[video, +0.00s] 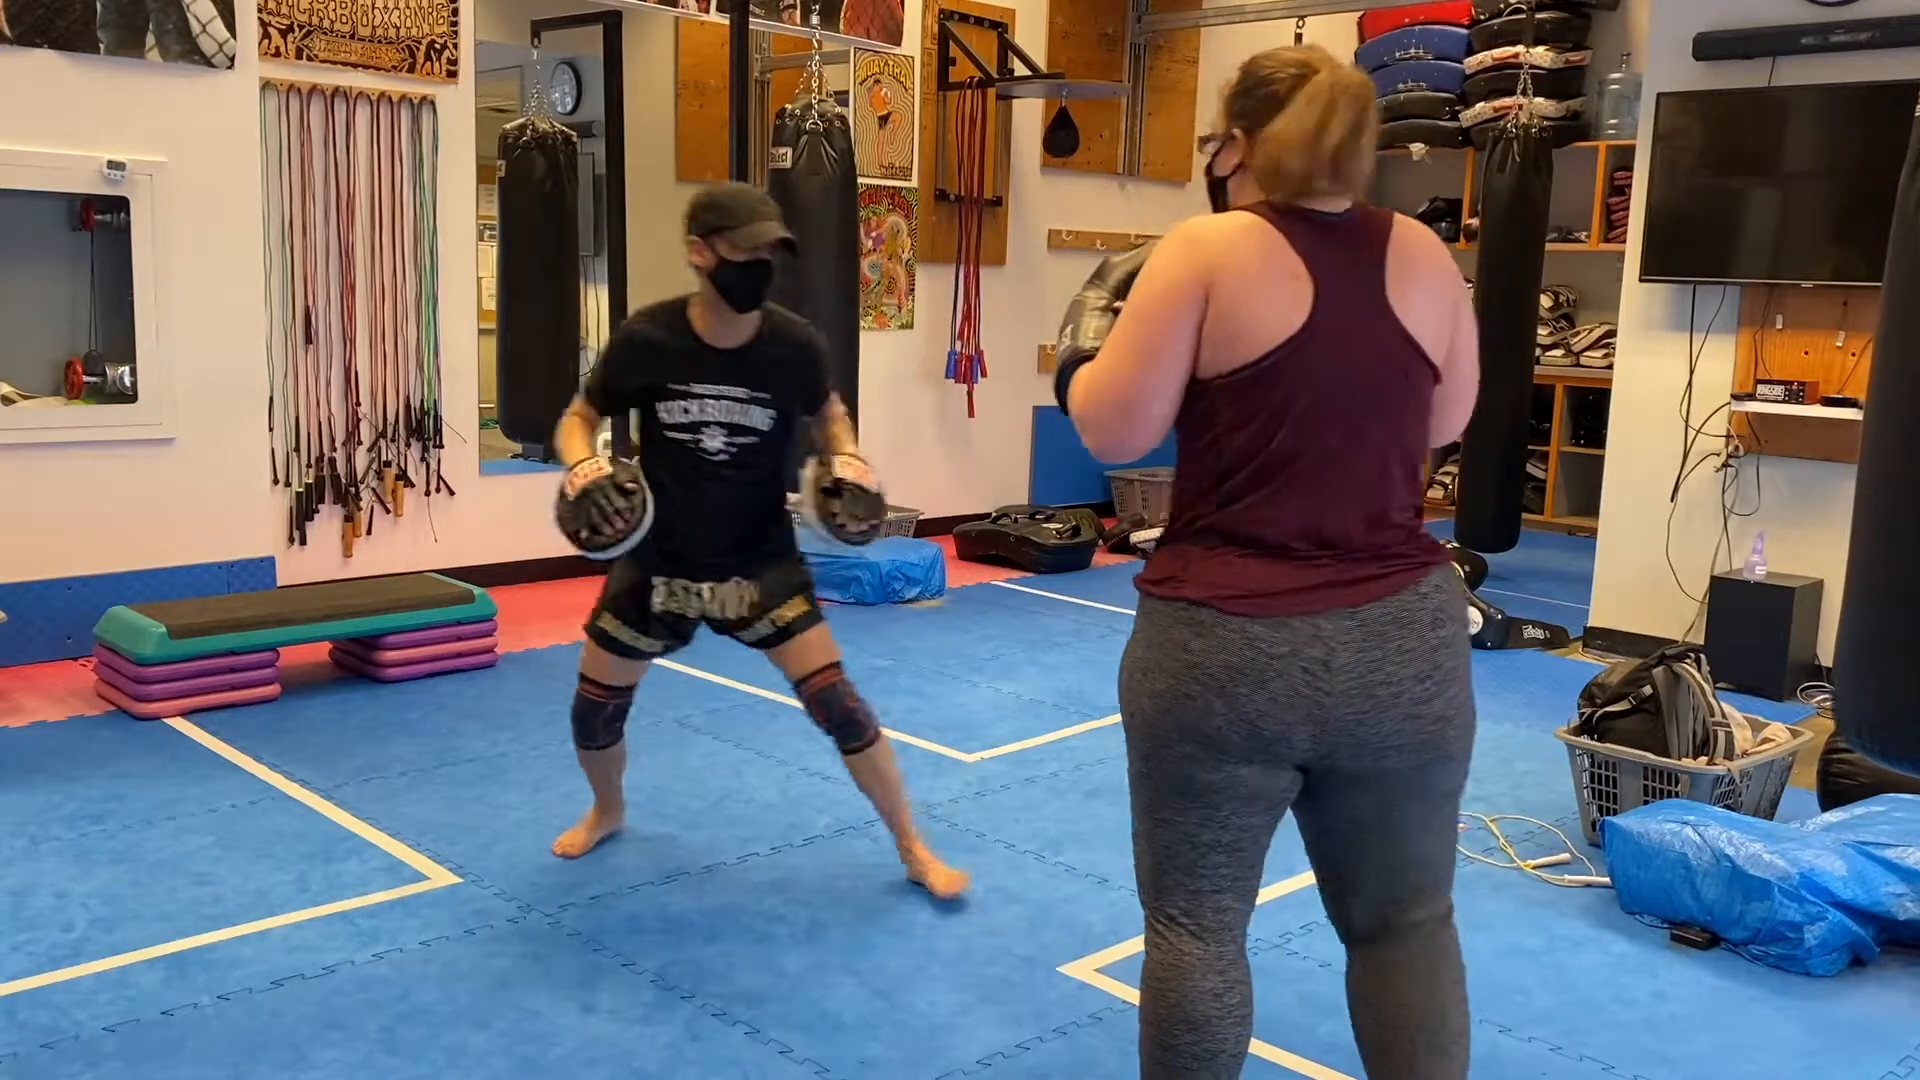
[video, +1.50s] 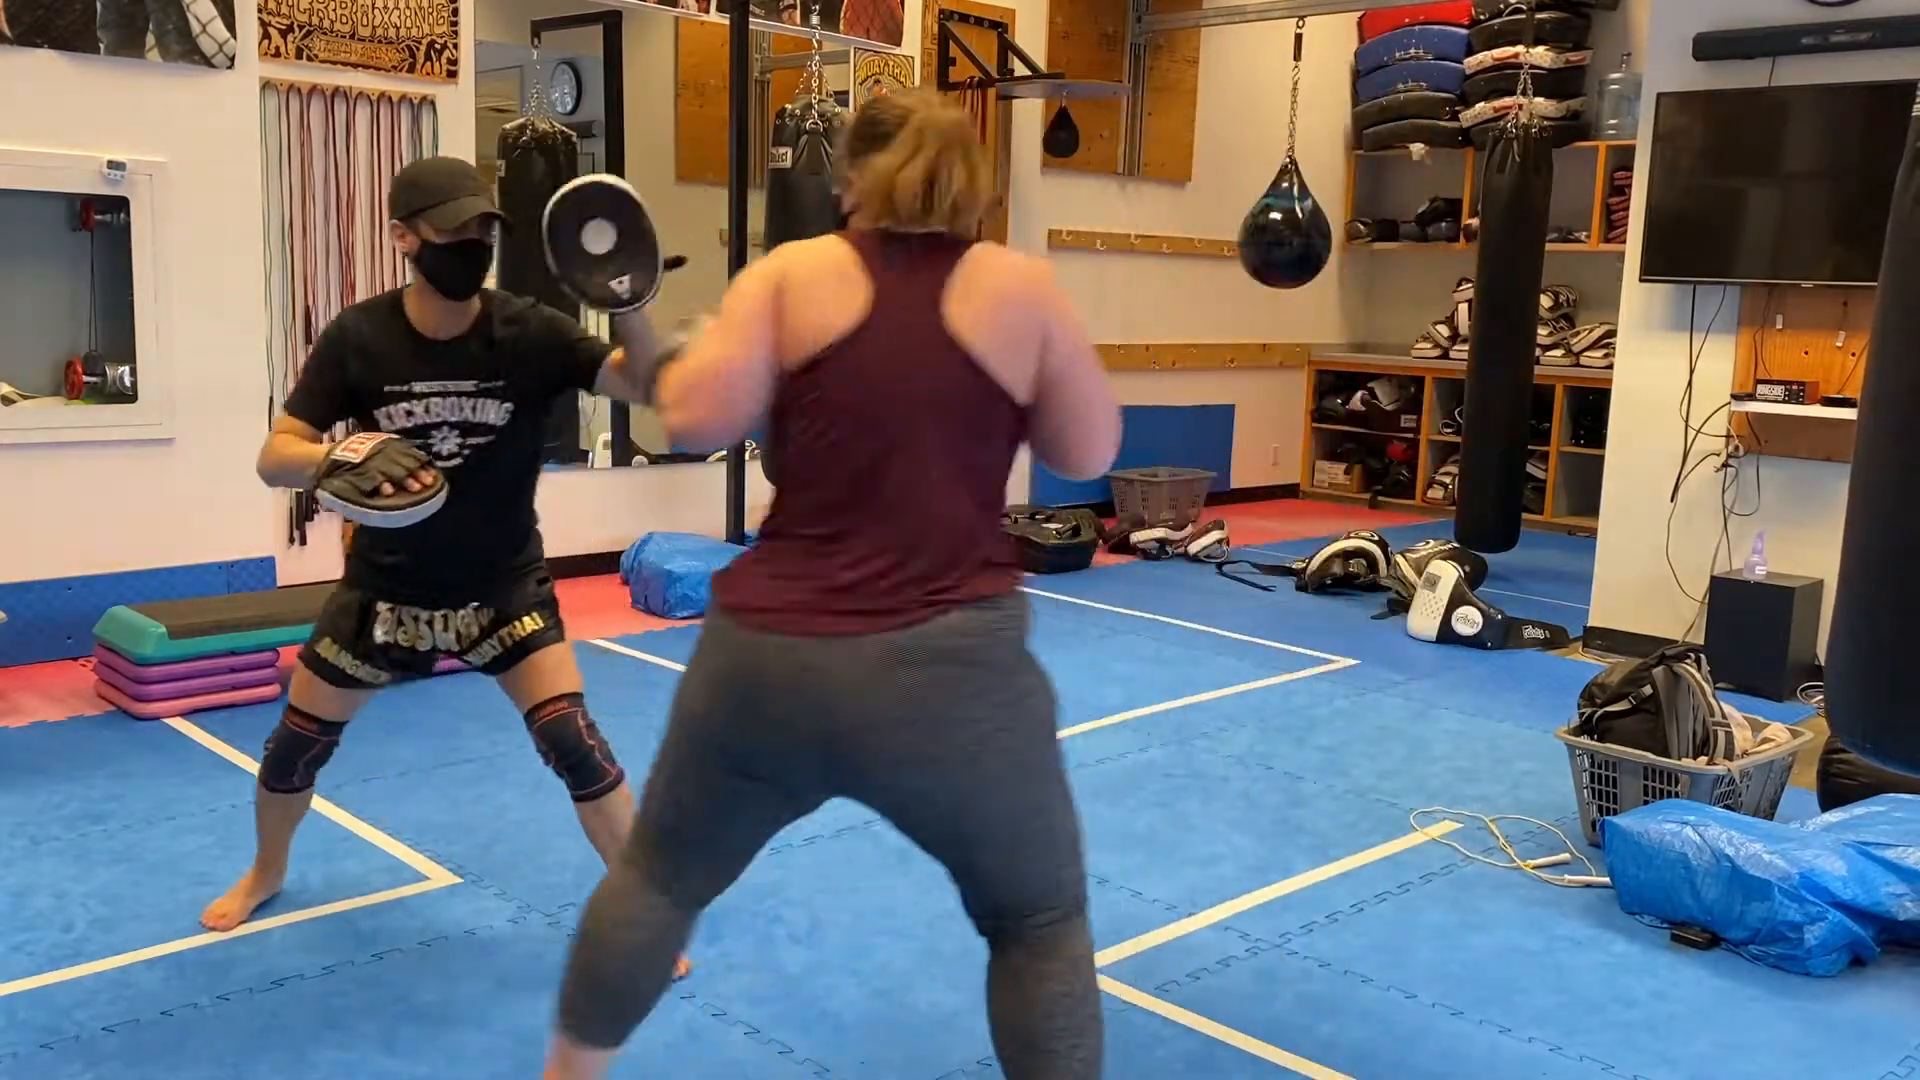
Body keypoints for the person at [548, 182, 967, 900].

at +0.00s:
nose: (763, 266)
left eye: (771, 253)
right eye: (747, 253)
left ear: (778, 253)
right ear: (701, 251)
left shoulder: (794, 346)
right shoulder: (645, 340)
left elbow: (831, 420)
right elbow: (577, 419)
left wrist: (846, 463)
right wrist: (583, 467)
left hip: (760, 560)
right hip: (658, 558)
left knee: (837, 706)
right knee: (593, 714)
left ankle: (912, 846)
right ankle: (608, 811)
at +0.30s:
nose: (694, 210)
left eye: (701, 196)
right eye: (675, 198)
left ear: (712, 197)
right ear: (629, 203)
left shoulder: (737, 297)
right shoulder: (580, 294)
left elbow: (787, 364)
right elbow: (520, 401)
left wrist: (816, 391)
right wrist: (566, 400)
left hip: (706, 518)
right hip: (606, 520)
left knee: (728, 687)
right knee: (581, 684)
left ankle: (699, 839)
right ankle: (605, 803)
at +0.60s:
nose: (646, 219)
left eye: (653, 203)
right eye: (627, 206)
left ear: (661, 203)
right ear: (579, 210)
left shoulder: (689, 308)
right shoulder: (530, 300)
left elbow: (789, 375)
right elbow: (454, 410)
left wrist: (794, 317)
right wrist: (511, 403)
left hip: (645, 533)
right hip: (537, 534)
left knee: (694, 699)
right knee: (465, 702)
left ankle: (694, 847)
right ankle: (428, 832)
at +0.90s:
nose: (552, 213)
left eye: (558, 197)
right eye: (532, 199)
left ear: (569, 198)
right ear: (482, 205)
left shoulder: (593, 300)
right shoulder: (433, 306)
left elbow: (711, 316)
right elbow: (363, 421)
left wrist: (702, 234)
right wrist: (444, 402)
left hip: (562, 543)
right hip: (452, 553)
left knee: (642, 695)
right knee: (410, 731)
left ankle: (647, 875)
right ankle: (412, 841)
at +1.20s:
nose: (565, 230)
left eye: (573, 213)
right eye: (544, 215)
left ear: (586, 216)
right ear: (495, 223)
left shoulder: (619, 327)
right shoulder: (444, 324)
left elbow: (721, 374)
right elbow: (352, 432)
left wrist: (749, 308)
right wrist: (402, 428)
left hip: (575, 568)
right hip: (460, 567)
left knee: (621, 741)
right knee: (365, 742)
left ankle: (650, 916)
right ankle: (393, 818)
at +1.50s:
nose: (475, 245)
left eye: (483, 228)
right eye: (454, 232)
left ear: (495, 228)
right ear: (405, 235)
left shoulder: (532, 335)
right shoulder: (358, 338)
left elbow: (642, 383)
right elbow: (277, 456)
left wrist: (628, 300)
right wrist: (337, 452)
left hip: (503, 581)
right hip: (383, 585)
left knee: (572, 743)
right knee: (293, 750)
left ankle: (653, 911)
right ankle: (267, 874)